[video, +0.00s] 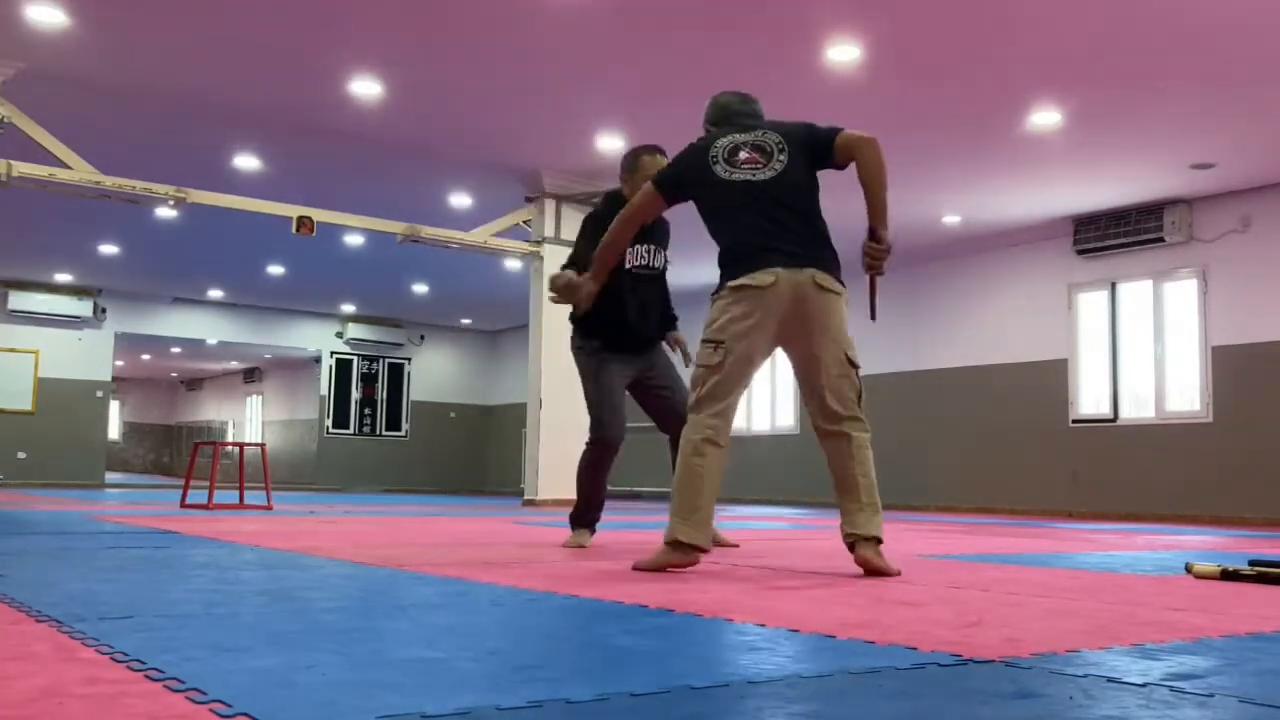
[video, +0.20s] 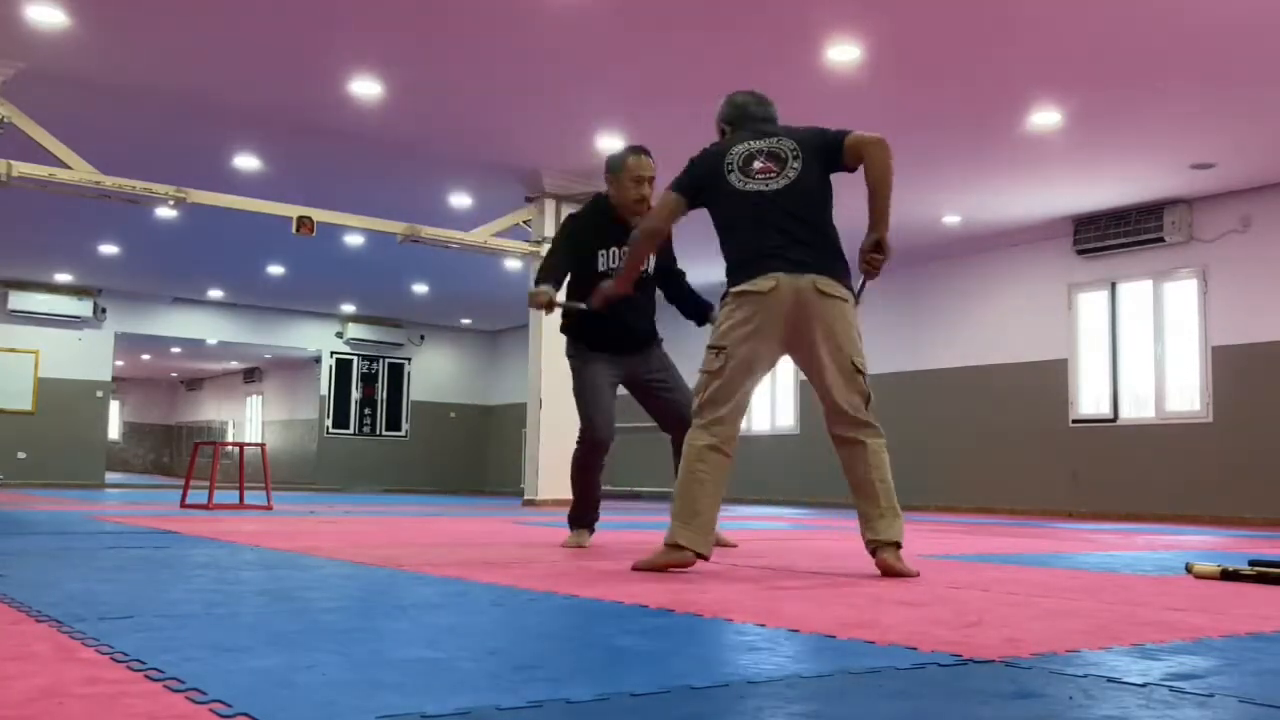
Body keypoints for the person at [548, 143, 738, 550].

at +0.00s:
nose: (661, 186)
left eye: (664, 178)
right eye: (653, 177)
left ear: (664, 181)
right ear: (627, 179)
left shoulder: (659, 226)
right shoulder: (603, 218)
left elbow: (655, 282)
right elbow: (567, 277)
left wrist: (670, 328)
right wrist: (572, 285)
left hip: (646, 348)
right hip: (600, 349)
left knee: (686, 426)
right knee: (608, 435)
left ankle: (694, 524)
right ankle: (583, 526)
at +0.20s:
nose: (646, 191)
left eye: (650, 182)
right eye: (636, 182)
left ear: (654, 183)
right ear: (610, 183)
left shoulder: (655, 225)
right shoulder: (583, 223)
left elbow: (671, 279)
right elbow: (555, 264)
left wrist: (711, 316)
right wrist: (544, 288)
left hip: (643, 348)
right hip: (592, 350)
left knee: (688, 424)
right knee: (598, 434)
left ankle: (697, 527)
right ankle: (581, 525)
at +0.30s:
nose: (649, 189)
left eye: (653, 181)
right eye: (639, 181)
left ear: (657, 182)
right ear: (613, 182)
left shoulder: (661, 232)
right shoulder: (582, 232)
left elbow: (686, 284)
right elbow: (560, 287)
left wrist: (729, 287)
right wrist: (548, 337)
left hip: (649, 351)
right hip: (596, 355)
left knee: (692, 423)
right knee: (598, 435)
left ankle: (698, 526)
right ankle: (581, 526)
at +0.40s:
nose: (661, 193)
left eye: (665, 184)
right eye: (651, 184)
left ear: (668, 186)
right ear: (624, 185)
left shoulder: (675, 234)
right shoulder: (588, 238)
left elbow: (708, 284)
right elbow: (561, 296)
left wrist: (739, 281)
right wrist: (560, 352)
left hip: (661, 354)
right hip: (608, 357)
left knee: (711, 426)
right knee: (607, 436)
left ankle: (719, 529)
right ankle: (581, 526)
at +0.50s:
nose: (687, 199)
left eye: (691, 190)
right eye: (677, 191)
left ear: (695, 192)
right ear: (651, 190)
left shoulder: (697, 237)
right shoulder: (614, 242)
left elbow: (720, 278)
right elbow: (592, 300)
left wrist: (737, 288)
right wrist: (611, 351)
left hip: (681, 360)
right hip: (629, 362)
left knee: (732, 431)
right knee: (620, 439)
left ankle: (767, 523)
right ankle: (583, 526)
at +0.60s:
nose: (733, 208)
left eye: (738, 199)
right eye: (724, 199)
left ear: (742, 202)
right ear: (698, 200)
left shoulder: (739, 244)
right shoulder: (672, 245)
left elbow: (756, 290)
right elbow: (665, 317)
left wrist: (728, 294)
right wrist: (711, 365)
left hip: (712, 359)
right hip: (662, 359)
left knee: (762, 431)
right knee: (640, 441)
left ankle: (788, 529)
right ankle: (586, 526)